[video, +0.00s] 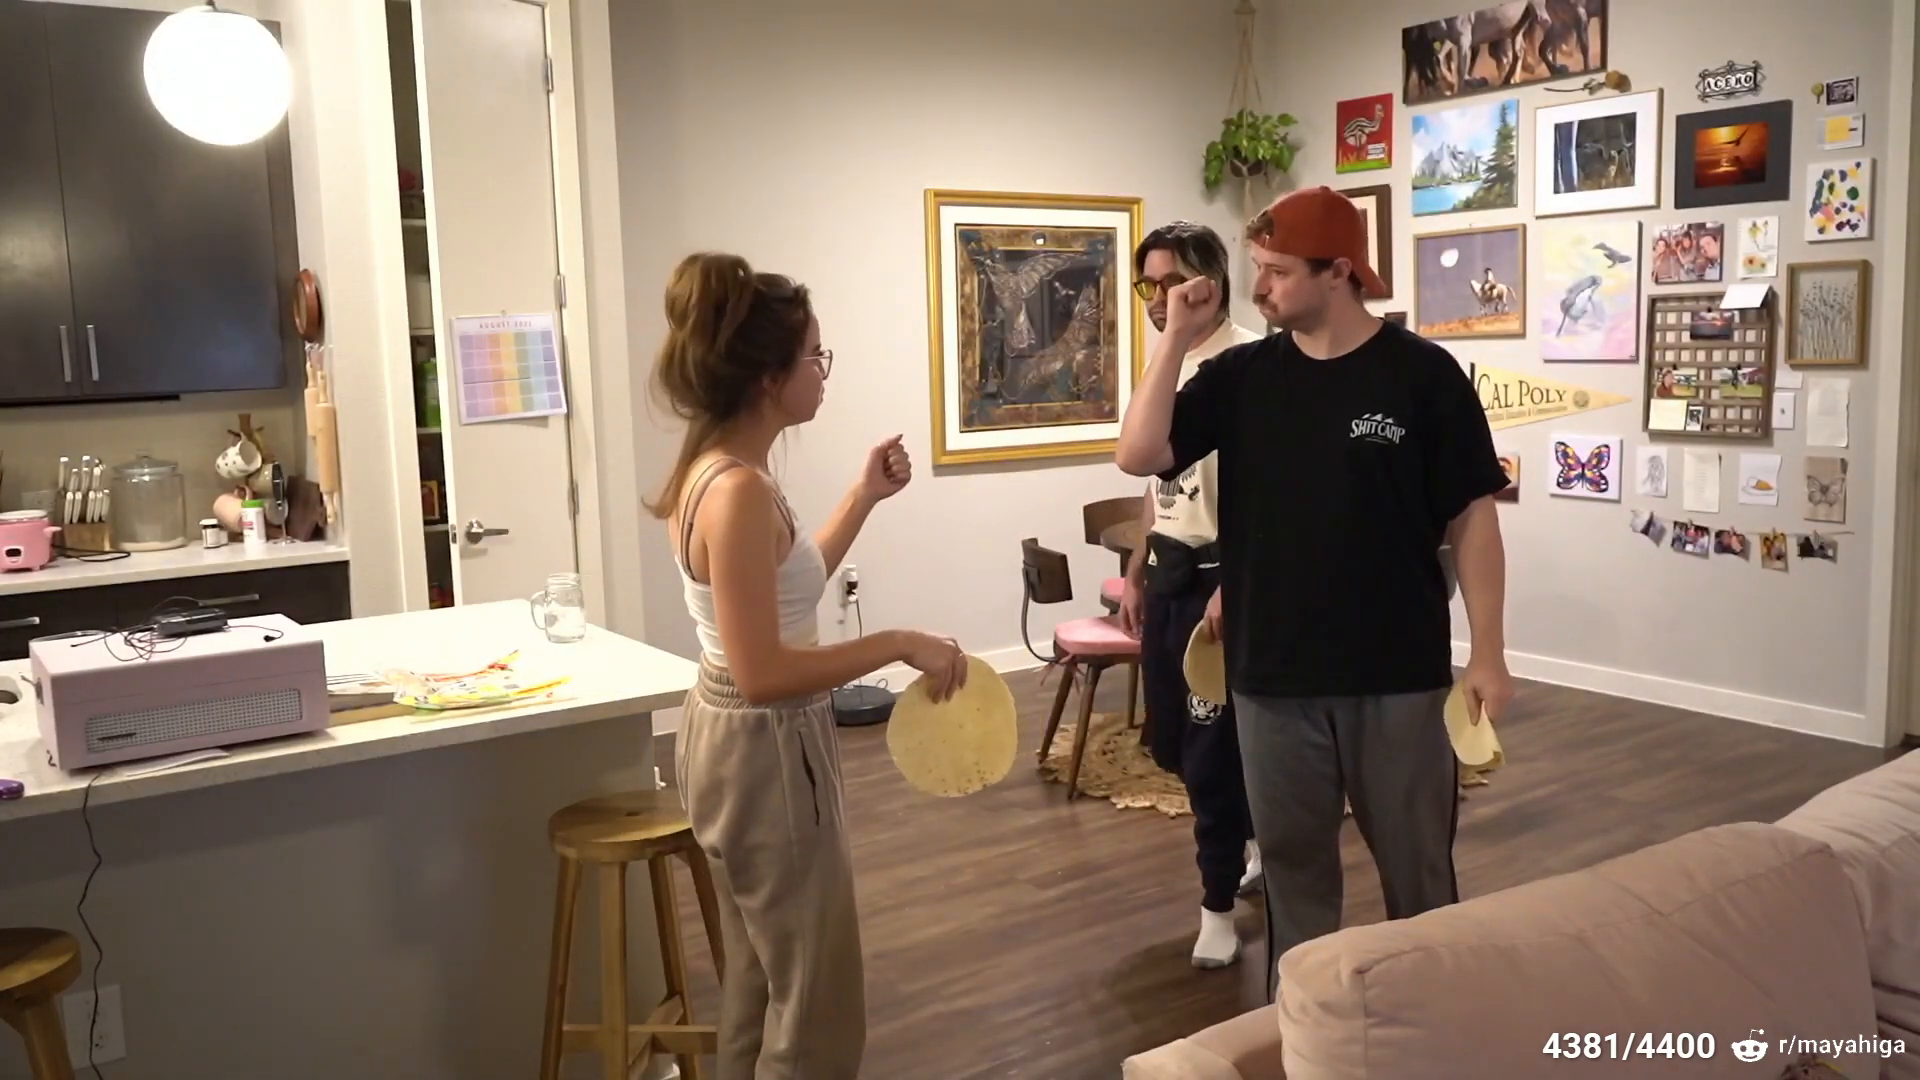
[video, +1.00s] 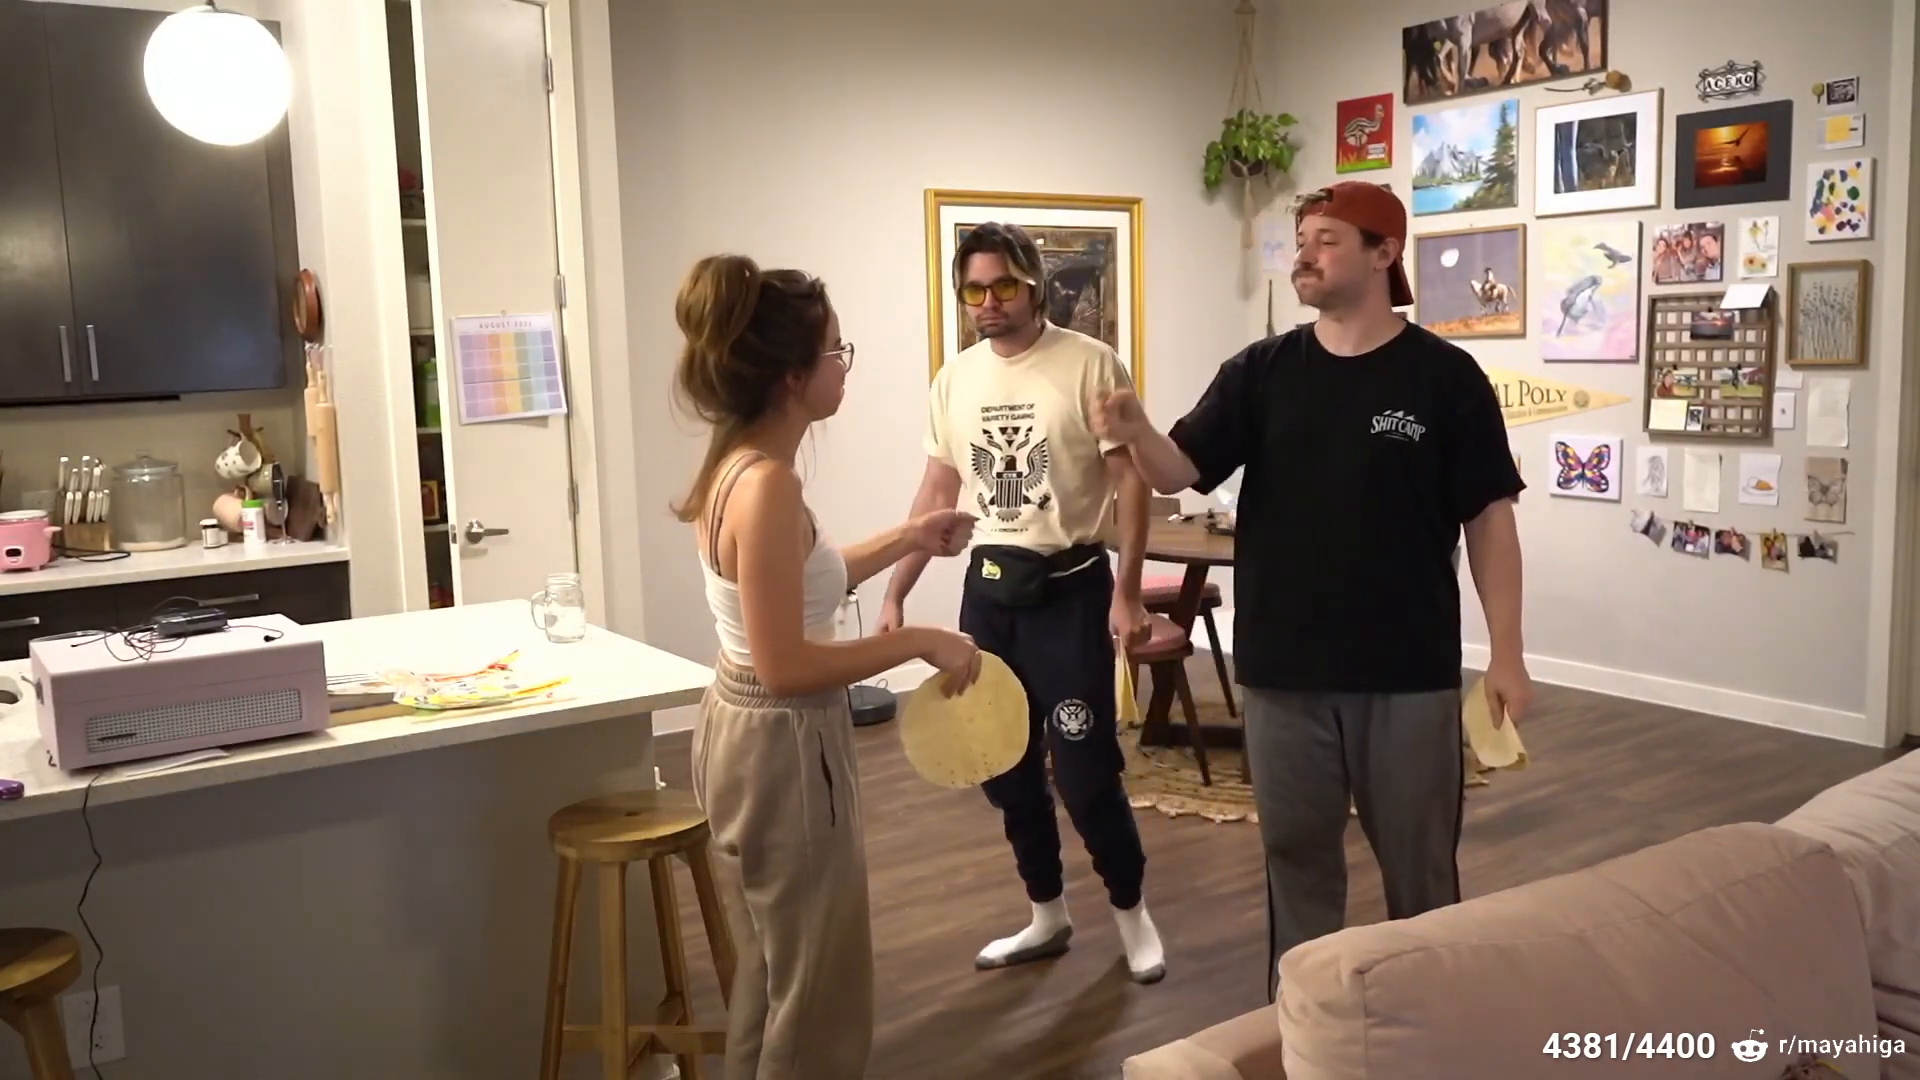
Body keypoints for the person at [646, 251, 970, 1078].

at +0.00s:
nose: (826, 369)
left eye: (821, 354)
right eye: (815, 357)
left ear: (756, 379)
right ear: (766, 378)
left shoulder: (712, 472)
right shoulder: (738, 491)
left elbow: (789, 588)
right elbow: (760, 673)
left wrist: (862, 496)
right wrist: (898, 643)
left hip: (729, 736)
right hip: (766, 751)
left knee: (759, 975)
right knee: (817, 998)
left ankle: (738, 1073)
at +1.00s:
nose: (846, 365)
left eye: (841, 350)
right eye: (836, 354)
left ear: (777, 379)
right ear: (790, 378)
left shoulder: (736, 469)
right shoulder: (766, 485)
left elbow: (807, 577)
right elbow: (783, 666)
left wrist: (911, 535)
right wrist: (924, 643)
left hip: (745, 734)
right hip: (783, 748)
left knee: (774, 966)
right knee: (818, 982)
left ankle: (752, 1074)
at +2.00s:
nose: (848, 365)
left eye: (844, 351)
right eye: (838, 354)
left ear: (781, 377)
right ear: (793, 376)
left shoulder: (752, 469)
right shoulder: (764, 485)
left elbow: (827, 584)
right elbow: (779, 667)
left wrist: (915, 501)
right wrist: (925, 643)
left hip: (765, 732)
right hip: (785, 747)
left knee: (781, 966)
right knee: (812, 981)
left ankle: (762, 1071)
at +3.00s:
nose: (861, 371)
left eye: (857, 356)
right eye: (852, 359)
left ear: (795, 377)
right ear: (805, 376)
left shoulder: (753, 468)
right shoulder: (770, 482)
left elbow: (823, 592)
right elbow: (780, 665)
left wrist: (937, 546)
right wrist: (924, 646)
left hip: (761, 730)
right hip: (785, 744)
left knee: (781, 968)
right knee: (815, 978)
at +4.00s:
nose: (866, 382)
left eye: (864, 365)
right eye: (855, 369)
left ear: (796, 382)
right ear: (797, 382)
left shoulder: (783, 473)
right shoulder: (761, 489)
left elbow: (797, 616)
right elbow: (750, 671)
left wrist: (888, 627)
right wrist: (896, 663)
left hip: (798, 739)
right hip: (782, 751)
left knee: (795, 970)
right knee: (811, 983)